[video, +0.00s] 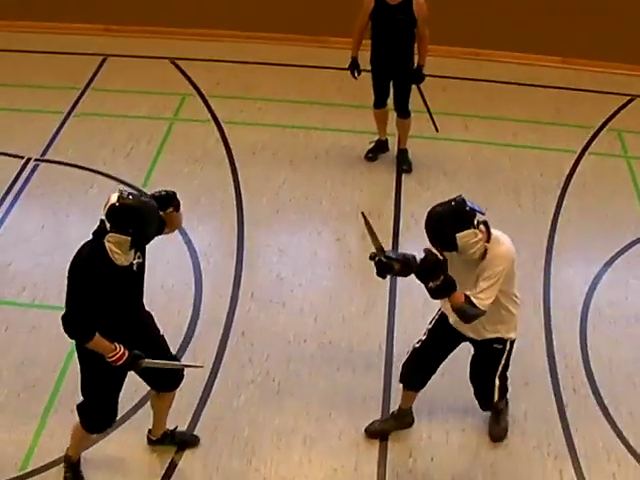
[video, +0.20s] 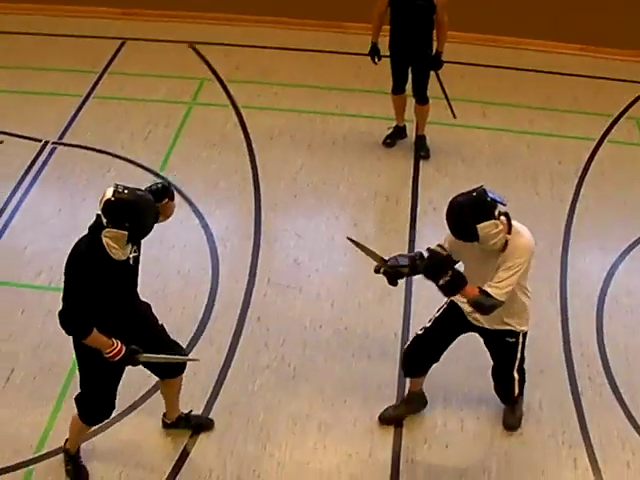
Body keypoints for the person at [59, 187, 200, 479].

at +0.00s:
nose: (138, 243)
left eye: (139, 238)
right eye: (135, 238)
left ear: (137, 232)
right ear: (121, 233)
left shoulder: (134, 234)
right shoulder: (87, 262)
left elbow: (169, 225)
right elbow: (75, 326)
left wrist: (170, 213)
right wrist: (115, 352)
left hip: (135, 324)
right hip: (100, 340)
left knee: (169, 377)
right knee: (99, 418)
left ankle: (158, 433)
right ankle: (72, 459)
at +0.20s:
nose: (144, 230)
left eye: (144, 225)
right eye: (140, 226)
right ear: (126, 226)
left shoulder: (126, 229)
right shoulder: (85, 256)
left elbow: (155, 215)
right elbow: (73, 322)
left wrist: (162, 205)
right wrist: (112, 347)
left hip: (131, 316)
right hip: (97, 336)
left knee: (172, 361)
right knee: (96, 407)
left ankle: (173, 417)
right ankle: (71, 450)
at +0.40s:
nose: (130, 217)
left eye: (130, 213)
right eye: (126, 213)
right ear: (110, 210)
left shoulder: (110, 206)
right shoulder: (72, 237)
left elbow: (135, 222)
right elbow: (72, 305)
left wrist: (154, 204)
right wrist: (119, 324)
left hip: (115, 287)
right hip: (83, 304)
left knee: (149, 333)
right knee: (96, 374)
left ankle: (181, 382)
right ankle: (80, 420)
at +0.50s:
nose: (123, 212)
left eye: (124, 208)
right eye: (120, 208)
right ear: (102, 206)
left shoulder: (94, 205)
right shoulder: (67, 237)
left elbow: (117, 223)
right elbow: (74, 305)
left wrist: (145, 214)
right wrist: (124, 316)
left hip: (100, 282)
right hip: (70, 301)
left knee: (139, 324)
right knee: (95, 370)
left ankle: (159, 375)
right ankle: (86, 414)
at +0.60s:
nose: (116, 210)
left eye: (118, 205)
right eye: (114, 206)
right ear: (97, 205)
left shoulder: (87, 202)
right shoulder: (66, 238)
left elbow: (111, 222)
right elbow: (84, 305)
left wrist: (137, 214)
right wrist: (135, 304)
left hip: (92, 281)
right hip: (66, 303)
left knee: (125, 321)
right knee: (97, 369)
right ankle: (92, 414)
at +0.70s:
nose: (121, 204)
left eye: (122, 199)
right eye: (118, 200)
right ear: (100, 200)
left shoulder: (83, 196)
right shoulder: (73, 236)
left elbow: (114, 212)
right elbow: (99, 298)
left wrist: (139, 207)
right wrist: (147, 277)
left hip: (85, 290)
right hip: (71, 306)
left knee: (114, 321)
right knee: (110, 365)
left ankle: (82, 378)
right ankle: (103, 411)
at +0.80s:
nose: (123, 199)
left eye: (123, 194)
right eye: (119, 195)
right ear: (103, 196)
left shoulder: (84, 191)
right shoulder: (78, 231)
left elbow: (117, 205)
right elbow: (104, 283)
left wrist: (149, 214)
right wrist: (147, 242)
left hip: (76, 288)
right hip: (81, 303)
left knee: (80, 331)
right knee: (121, 361)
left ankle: (61, 372)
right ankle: (114, 410)